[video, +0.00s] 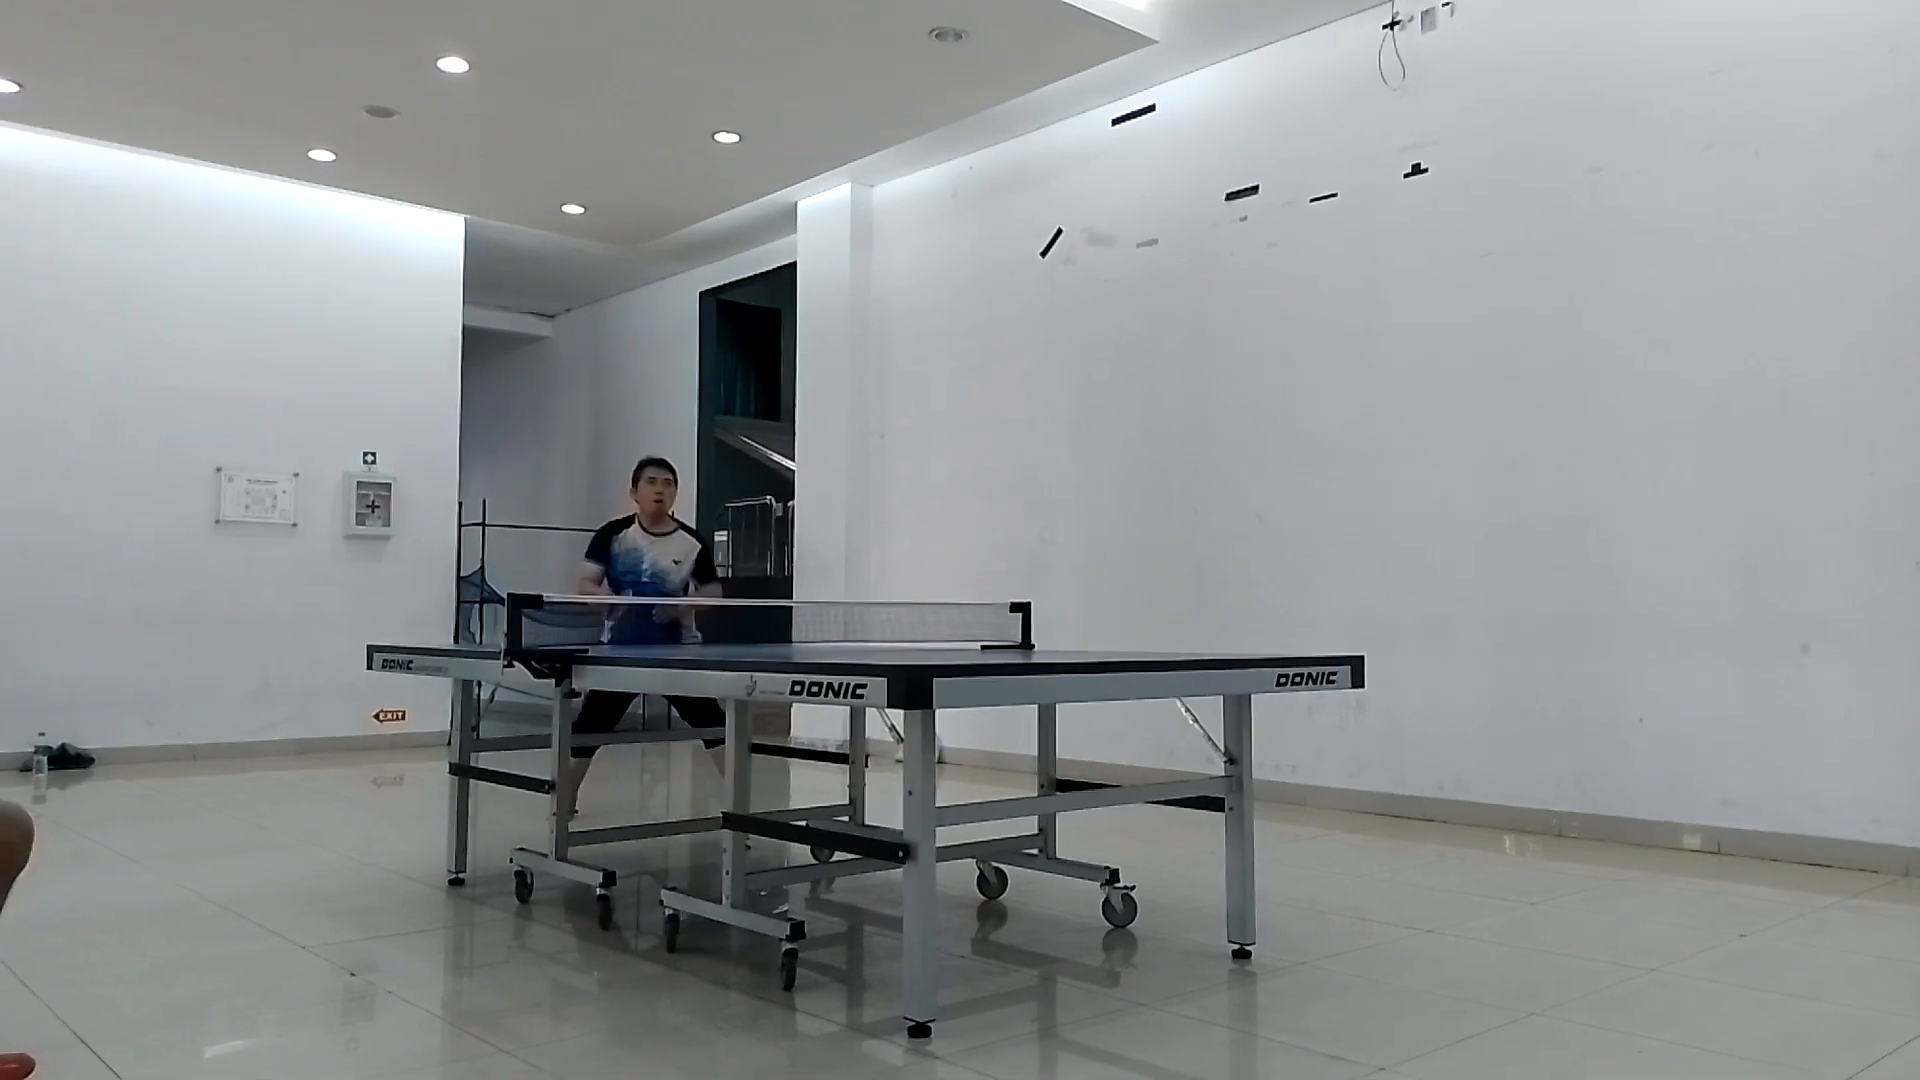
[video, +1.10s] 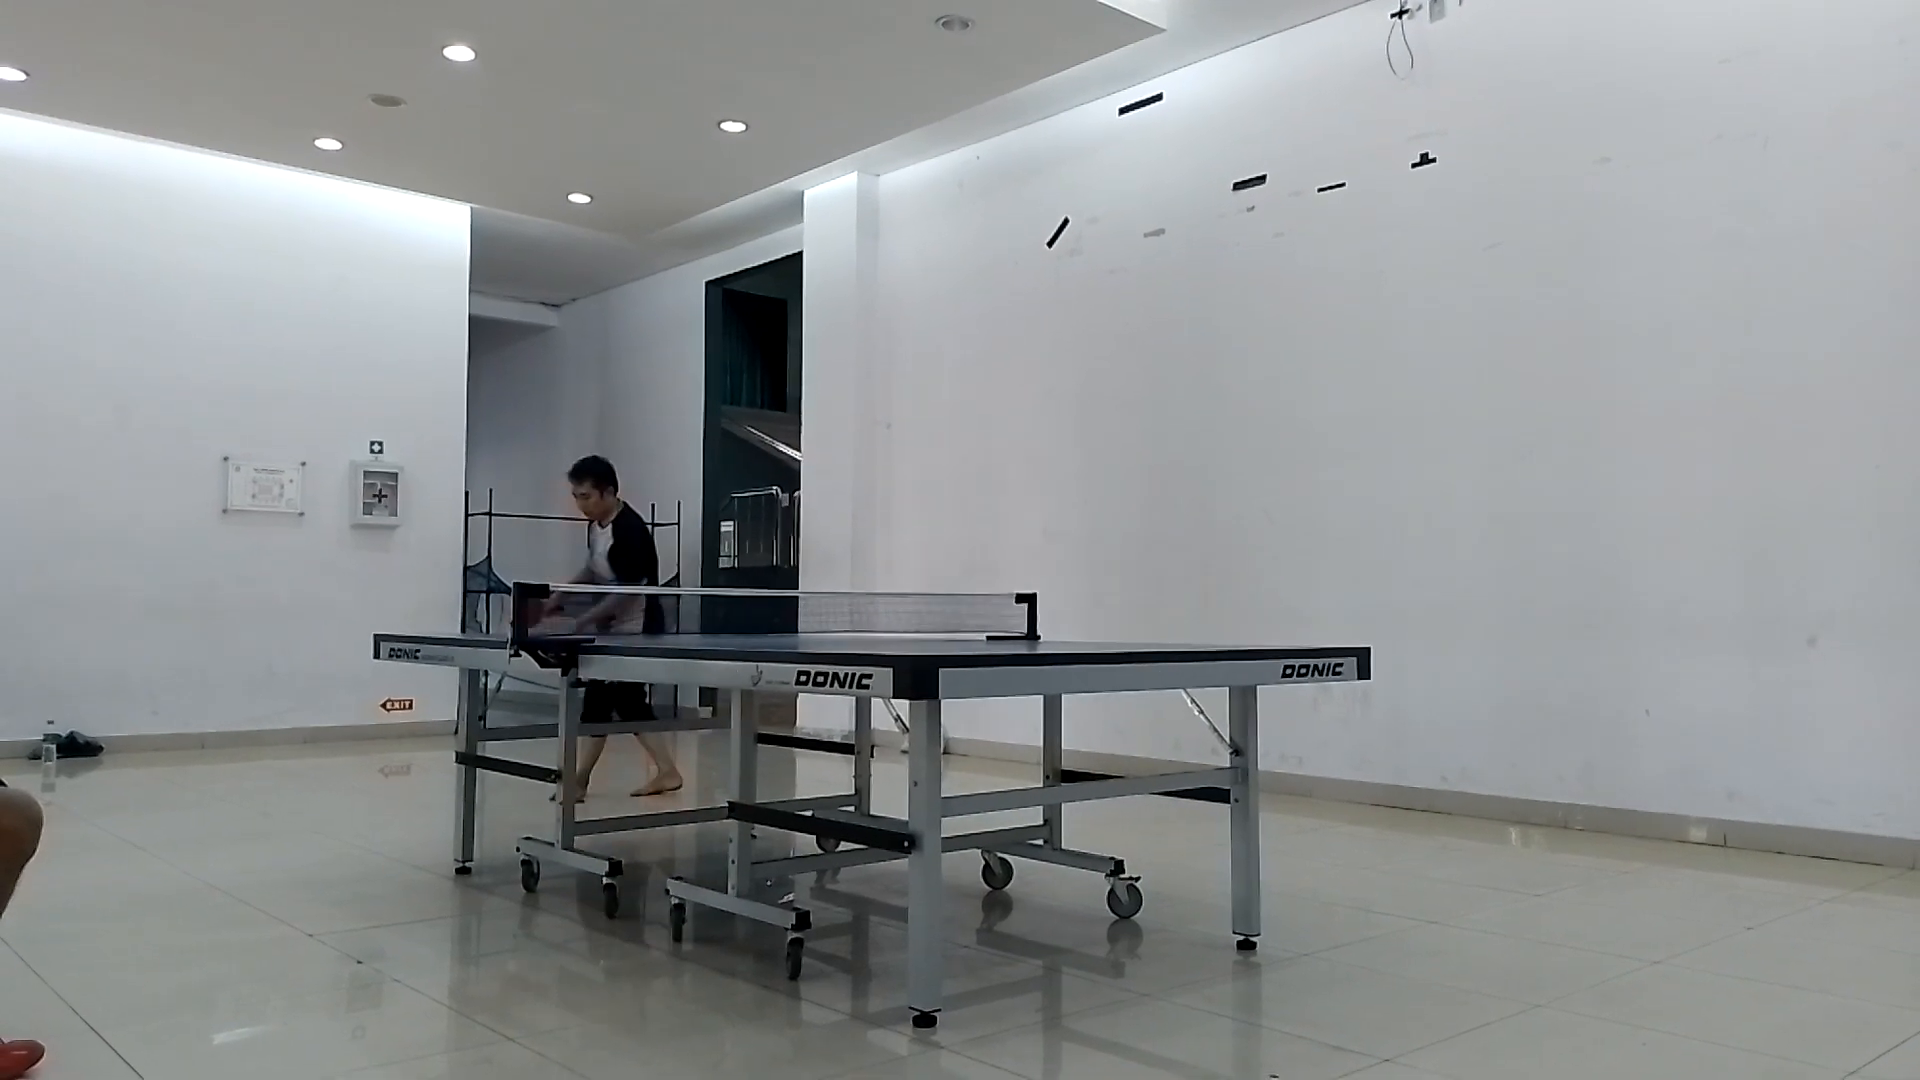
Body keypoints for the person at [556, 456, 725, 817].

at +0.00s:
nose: (660, 489)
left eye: (667, 483)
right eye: (651, 482)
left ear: (676, 493)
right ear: (634, 491)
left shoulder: (693, 543)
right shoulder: (611, 534)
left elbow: (713, 596)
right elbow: (584, 587)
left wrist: (680, 608)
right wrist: (606, 601)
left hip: (676, 654)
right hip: (621, 652)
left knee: (715, 729)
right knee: (587, 731)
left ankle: (742, 805)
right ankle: (564, 807)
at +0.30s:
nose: (679, 492)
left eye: (687, 485)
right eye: (671, 485)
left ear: (700, 493)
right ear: (660, 495)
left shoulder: (720, 538)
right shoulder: (651, 539)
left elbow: (744, 593)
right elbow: (641, 590)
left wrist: (700, 626)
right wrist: (617, 624)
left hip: (715, 643)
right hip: (664, 641)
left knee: (719, 714)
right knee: (628, 704)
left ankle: (745, 797)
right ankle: (615, 784)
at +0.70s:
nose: (637, 503)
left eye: (644, 495)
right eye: (630, 496)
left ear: (663, 494)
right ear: (624, 499)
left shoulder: (687, 537)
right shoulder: (634, 538)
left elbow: (708, 593)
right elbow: (634, 591)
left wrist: (687, 638)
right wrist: (614, 631)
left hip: (688, 639)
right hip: (650, 638)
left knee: (696, 710)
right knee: (634, 710)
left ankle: (725, 788)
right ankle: (667, 779)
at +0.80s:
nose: (621, 505)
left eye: (626, 496)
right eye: (615, 498)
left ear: (648, 492)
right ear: (613, 497)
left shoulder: (674, 531)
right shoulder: (627, 533)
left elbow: (688, 591)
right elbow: (630, 590)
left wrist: (666, 639)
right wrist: (603, 630)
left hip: (675, 635)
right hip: (642, 633)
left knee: (668, 706)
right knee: (634, 706)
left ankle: (702, 785)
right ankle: (667, 780)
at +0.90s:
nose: (607, 504)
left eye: (612, 495)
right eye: (602, 496)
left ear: (635, 489)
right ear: (601, 494)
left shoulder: (661, 527)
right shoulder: (617, 528)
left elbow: (672, 587)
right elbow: (617, 582)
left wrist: (644, 632)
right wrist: (590, 618)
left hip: (666, 627)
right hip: (638, 625)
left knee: (635, 699)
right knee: (637, 698)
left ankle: (666, 778)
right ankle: (664, 777)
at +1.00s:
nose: (590, 502)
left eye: (595, 493)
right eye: (587, 494)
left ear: (618, 487)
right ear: (590, 493)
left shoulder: (644, 525)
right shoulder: (604, 524)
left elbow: (651, 587)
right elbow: (605, 574)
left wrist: (615, 625)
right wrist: (570, 609)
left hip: (649, 623)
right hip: (626, 621)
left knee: (611, 693)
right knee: (636, 696)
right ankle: (667, 773)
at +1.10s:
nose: (579, 504)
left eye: (584, 496)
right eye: (576, 496)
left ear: (607, 491)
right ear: (583, 494)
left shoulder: (630, 529)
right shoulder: (598, 523)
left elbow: (629, 593)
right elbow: (595, 571)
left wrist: (583, 621)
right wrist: (559, 595)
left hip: (636, 629)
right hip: (613, 627)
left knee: (598, 699)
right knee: (629, 699)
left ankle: (580, 780)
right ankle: (667, 770)